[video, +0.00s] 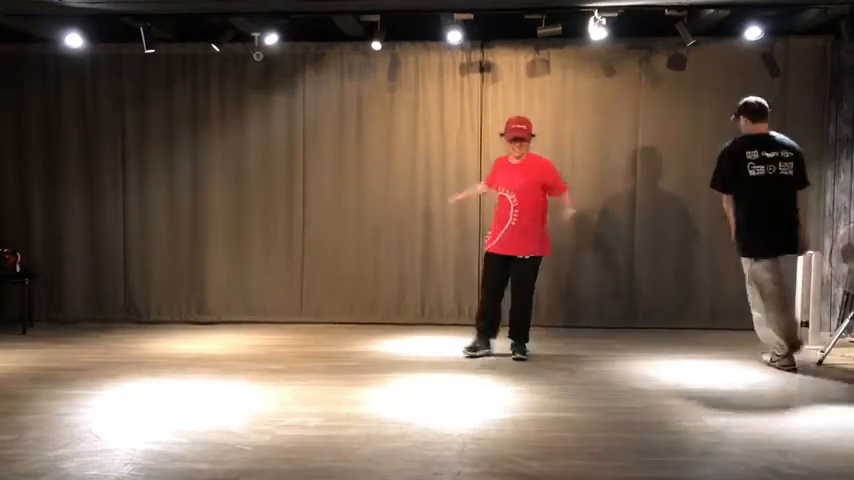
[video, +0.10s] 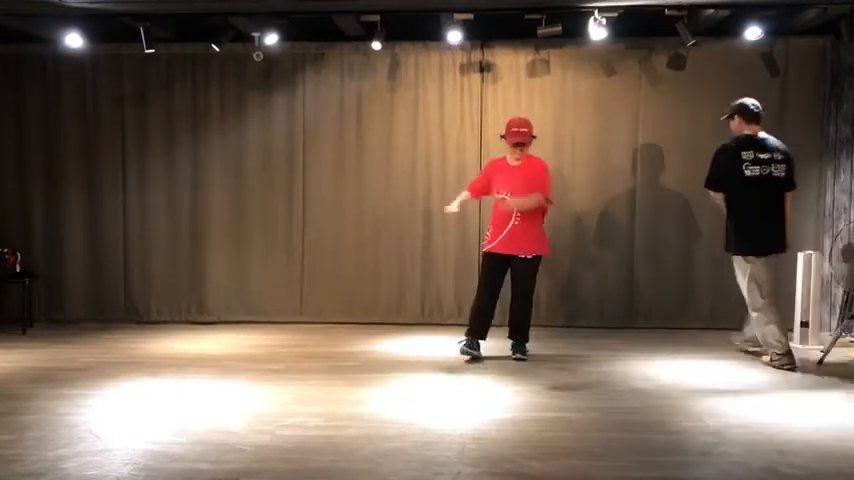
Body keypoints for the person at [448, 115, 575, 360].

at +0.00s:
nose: (517, 146)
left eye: (522, 142)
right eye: (513, 142)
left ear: (530, 142)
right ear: (506, 141)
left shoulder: (542, 167)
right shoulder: (500, 165)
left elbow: (564, 193)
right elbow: (487, 185)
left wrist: (568, 208)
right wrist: (464, 195)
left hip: (529, 245)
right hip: (499, 242)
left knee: (522, 297)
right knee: (490, 293)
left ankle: (519, 343)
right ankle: (483, 340)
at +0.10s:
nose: (519, 148)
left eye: (523, 144)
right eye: (515, 144)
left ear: (531, 142)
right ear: (506, 141)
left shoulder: (538, 166)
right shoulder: (495, 166)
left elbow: (544, 199)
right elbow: (475, 189)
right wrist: (458, 201)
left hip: (528, 244)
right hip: (497, 242)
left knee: (523, 297)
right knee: (486, 292)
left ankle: (519, 343)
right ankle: (473, 340)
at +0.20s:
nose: (515, 150)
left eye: (520, 145)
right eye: (511, 145)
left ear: (528, 142)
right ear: (502, 141)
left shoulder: (532, 163)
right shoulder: (490, 165)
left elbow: (515, 181)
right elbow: (476, 191)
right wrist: (492, 191)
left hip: (526, 242)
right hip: (495, 240)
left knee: (521, 296)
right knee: (485, 294)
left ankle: (519, 343)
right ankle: (476, 342)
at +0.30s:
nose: (509, 150)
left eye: (514, 145)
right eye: (505, 145)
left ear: (520, 142)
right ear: (495, 141)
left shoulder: (525, 159)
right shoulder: (485, 165)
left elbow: (498, 168)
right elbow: (496, 186)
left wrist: (472, 156)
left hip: (522, 241)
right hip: (491, 240)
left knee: (519, 296)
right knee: (484, 295)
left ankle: (519, 343)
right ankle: (476, 344)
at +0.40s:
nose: (503, 149)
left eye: (507, 145)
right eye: (498, 145)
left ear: (513, 142)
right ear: (489, 141)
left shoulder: (520, 159)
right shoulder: (479, 165)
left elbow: (507, 174)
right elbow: (494, 189)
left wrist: (474, 169)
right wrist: (526, 181)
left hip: (517, 242)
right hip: (485, 241)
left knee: (517, 297)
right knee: (480, 296)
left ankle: (519, 343)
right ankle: (475, 345)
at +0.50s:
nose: (499, 150)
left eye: (502, 144)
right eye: (494, 145)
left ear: (507, 141)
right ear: (483, 142)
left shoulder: (517, 164)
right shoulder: (472, 168)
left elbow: (520, 190)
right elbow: (480, 199)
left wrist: (497, 197)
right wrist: (509, 211)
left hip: (512, 243)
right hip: (480, 245)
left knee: (515, 297)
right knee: (478, 297)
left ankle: (517, 341)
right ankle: (475, 345)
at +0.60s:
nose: (495, 147)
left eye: (499, 141)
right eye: (490, 143)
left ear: (503, 140)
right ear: (479, 142)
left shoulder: (514, 166)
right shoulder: (467, 170)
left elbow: (530, 195)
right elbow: (457, 206)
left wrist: (548, 218)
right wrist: (460, 232)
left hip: (509, 245)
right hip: (477, 247)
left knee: (517, 292)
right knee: (476, 298)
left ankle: (513, 337)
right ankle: (475, 346)